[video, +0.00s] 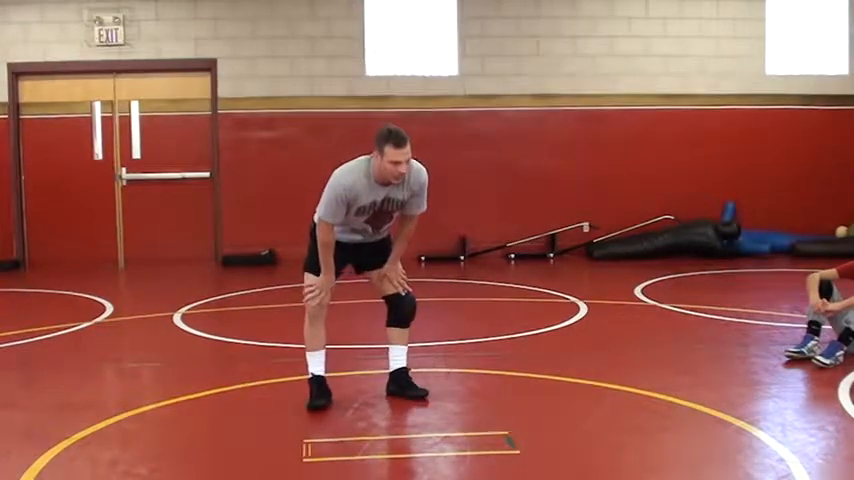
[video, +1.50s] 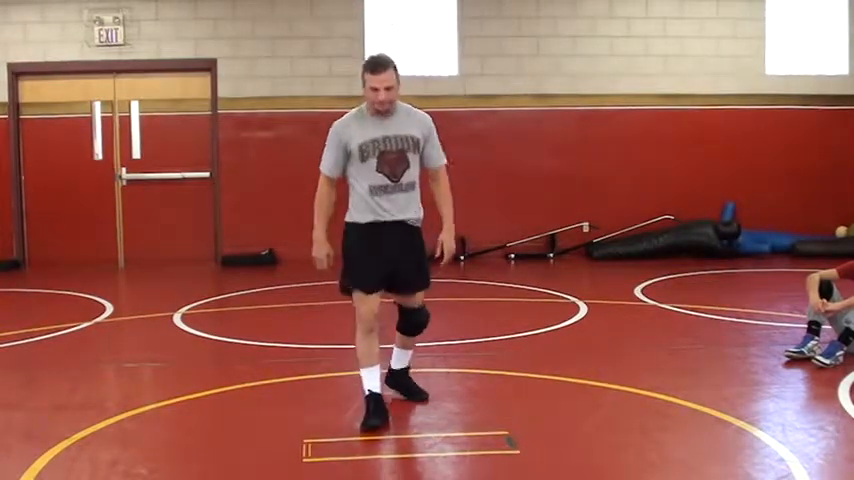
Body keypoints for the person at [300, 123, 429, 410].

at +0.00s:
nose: (402, 170)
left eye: (406, 162)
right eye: (395, 163)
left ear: (411, 157)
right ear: (376, 157)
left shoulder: (417, 176)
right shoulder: (345, 180)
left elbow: (409, 220)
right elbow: (325, 227)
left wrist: (393, 260)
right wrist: (327, 276)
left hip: (374, 240)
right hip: (333, 239)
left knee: (402, 303)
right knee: (315, 304)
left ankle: (398, 377)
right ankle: (317, 382)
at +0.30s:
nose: (409, 142)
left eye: (413, 135)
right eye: (402, 135)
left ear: (418, 132)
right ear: (383, 130)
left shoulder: (421, 159)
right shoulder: (350, 159)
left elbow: (418, 203)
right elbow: (327, 210)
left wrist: (405, 249)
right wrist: (331, 261)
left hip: (380, 234)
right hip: (337, 233)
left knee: (402, 304)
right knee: (324, 306)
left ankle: (397, 377)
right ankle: (319, 382)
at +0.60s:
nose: (416, 124)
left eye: (422, 117)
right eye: (410, 116)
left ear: (429, 114)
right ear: (395, 109)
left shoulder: (433, 143)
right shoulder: (363, 135)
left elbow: (437, 184)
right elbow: (331, 179)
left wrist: (425, 228)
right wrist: (339, 233)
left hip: (396, 231)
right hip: (352, 229)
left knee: (408, 307)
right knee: (336, 306)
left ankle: (398, 377)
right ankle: (323, 381)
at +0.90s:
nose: (415, 107)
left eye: (422, 101)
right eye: (409, 100)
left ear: (431, 99)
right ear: (397, 94)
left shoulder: (440, 135)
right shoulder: (368, 126)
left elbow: (443, 187)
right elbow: (344, 175)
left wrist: (439, 233)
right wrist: (345, 227)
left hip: (408, 228)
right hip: (366, 224)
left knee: (412, 310)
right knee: (349, 303)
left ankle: (398, 377)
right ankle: (333, 377)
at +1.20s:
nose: (401, 101)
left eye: (408, 94)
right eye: (394, 94)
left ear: (419, 91)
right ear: (384, 90)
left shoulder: (436, 130)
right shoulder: (361, 127)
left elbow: (446, 184)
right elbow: (341, 179)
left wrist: (448, 235)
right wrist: (336, 230)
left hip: (413, 230)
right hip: (369, 229)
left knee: (409, 309)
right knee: (369, 310)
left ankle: (397, 376)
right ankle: (369, 390)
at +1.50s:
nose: (381, 96)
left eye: (388, 88)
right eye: (374, 89)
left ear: (398, 85)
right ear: (363, 87)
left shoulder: (421, 123)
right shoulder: (344, 129)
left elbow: (438, 176)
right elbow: (327, 184)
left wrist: (448, 227)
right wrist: (319, 236)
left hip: (408, 230)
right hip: (363, 232)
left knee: (415, 314)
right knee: (367, 317)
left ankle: (398, 371)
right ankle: (373, 399)